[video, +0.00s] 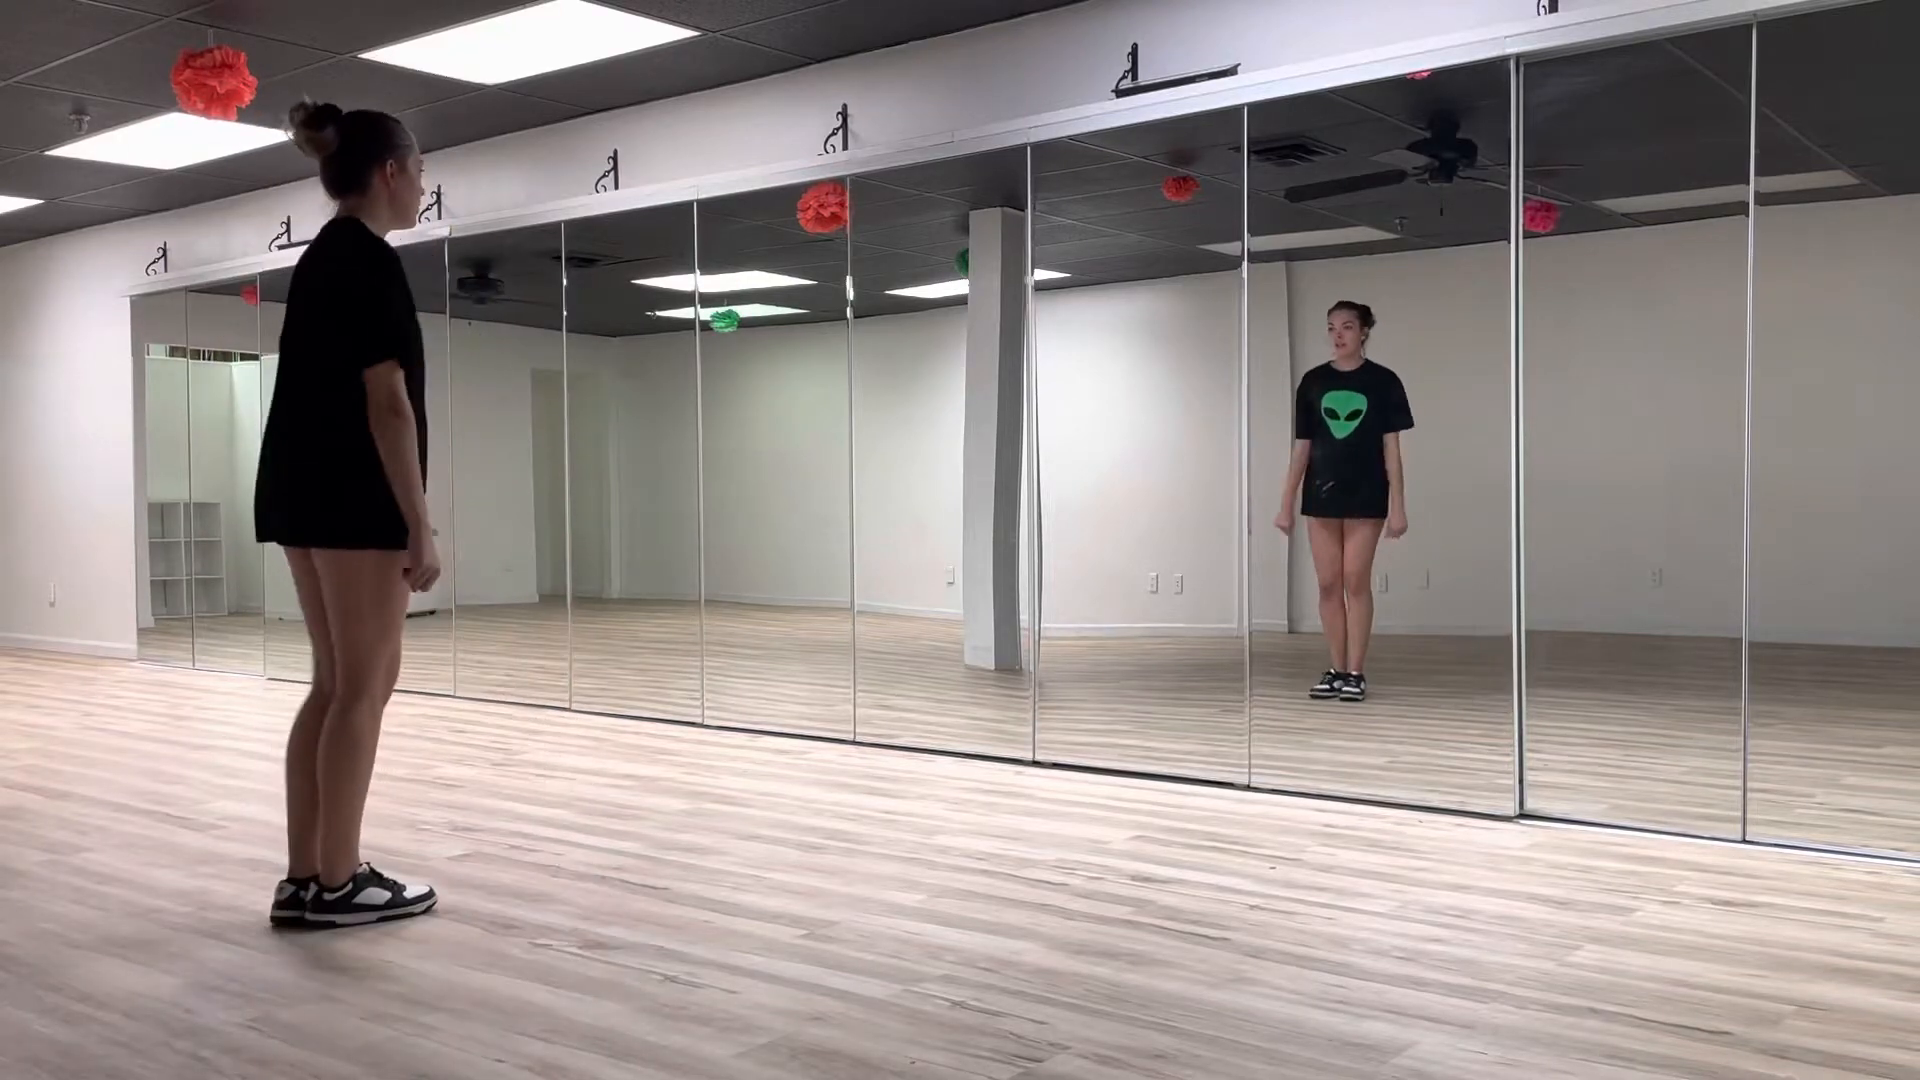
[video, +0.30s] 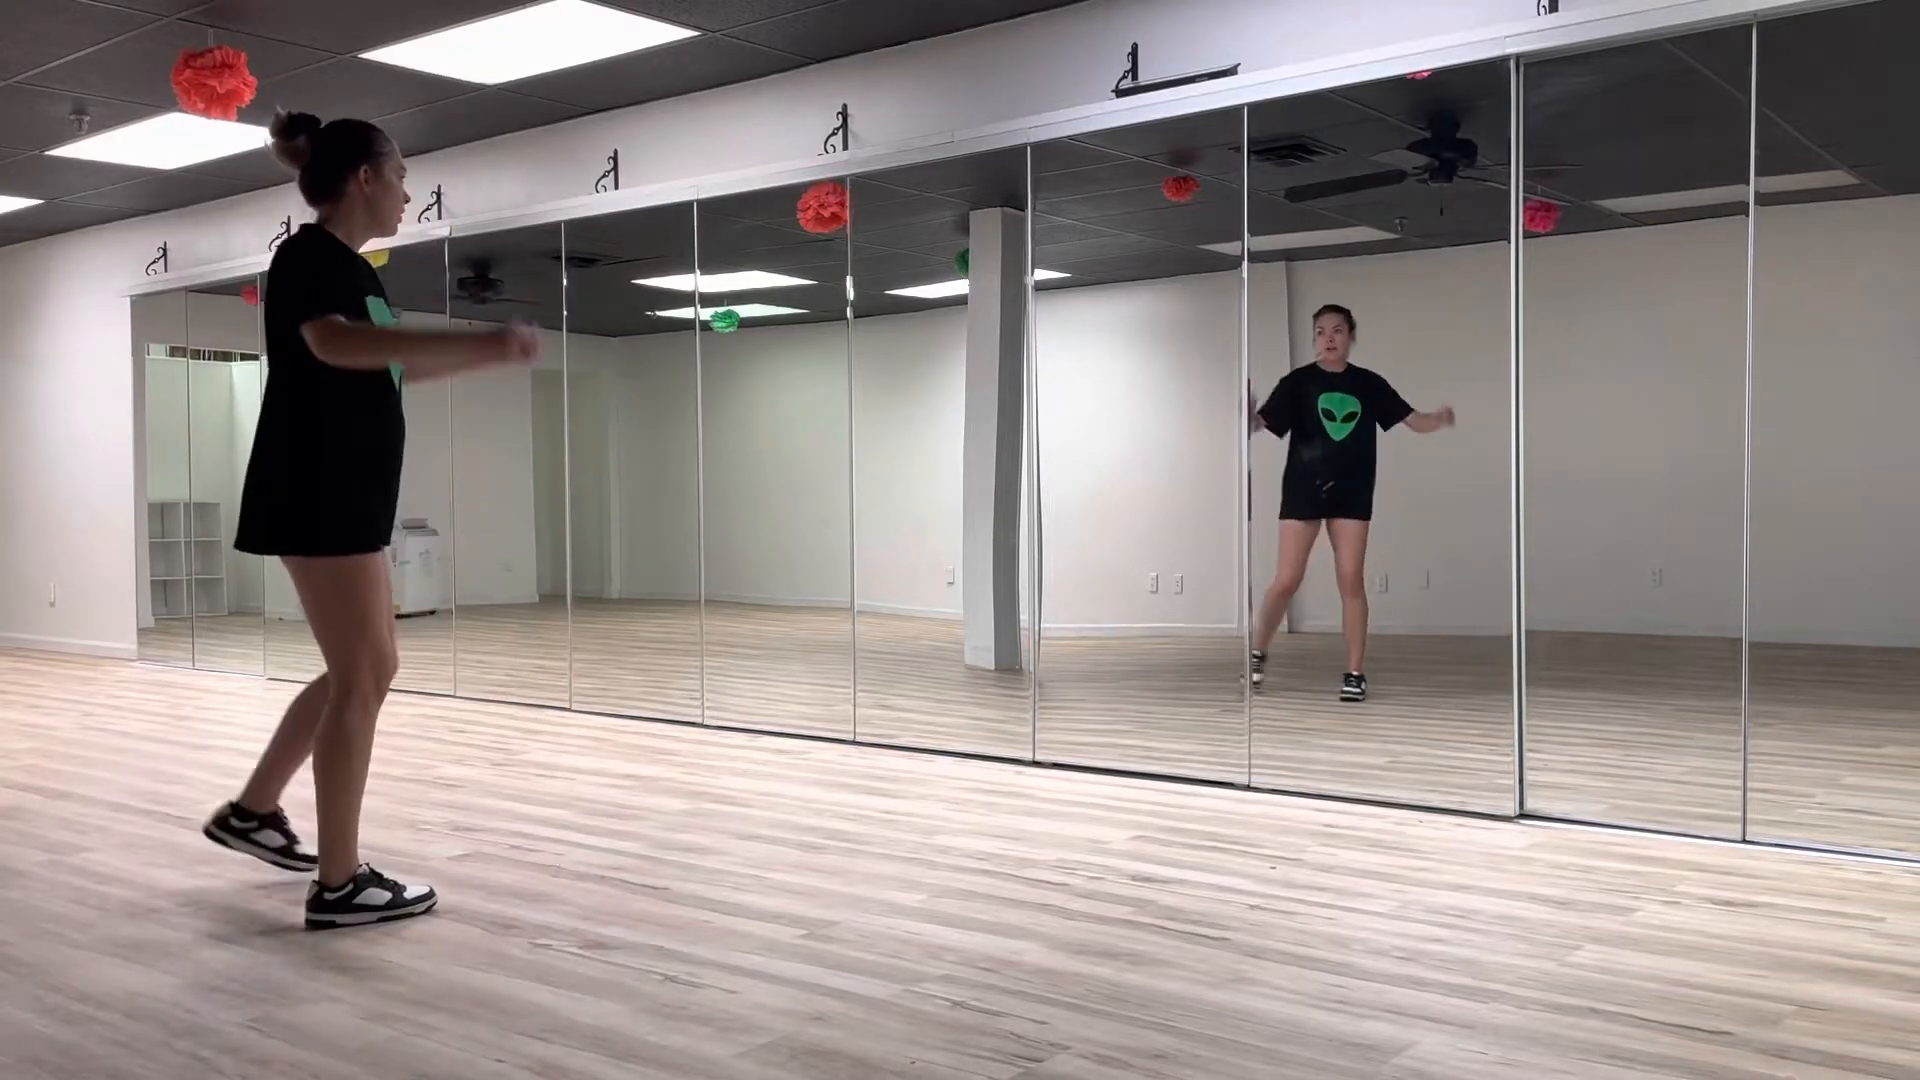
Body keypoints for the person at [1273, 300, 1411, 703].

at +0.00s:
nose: (1338, 334)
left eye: (1347, 327)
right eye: (1333, 328)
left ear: (1364, 333)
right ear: (1327, 333)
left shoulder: (1383, 381)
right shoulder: (1312, 381)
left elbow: (1391, 447)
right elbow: (1302, 448)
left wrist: (1397, 505)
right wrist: (1287, 502)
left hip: (1367, 496)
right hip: (1320, 497)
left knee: (1356, 582)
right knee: (1328, 584)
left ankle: (1355, 674)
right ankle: (1337, 670)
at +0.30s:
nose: (1328, 338)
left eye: (1337, 331)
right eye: (1321, 331)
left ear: (1351, 337)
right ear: (1313, 338)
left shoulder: (1369, 383)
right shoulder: (1296, 382)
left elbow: (1412, 420)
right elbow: (1263, 426)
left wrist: (1439, 419)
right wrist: (1251, 414)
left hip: (1352, 494)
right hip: (1302, 491)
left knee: (1351, 582)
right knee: (1286, 580)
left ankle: (1355, 672)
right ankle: (1258, 651)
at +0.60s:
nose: (1297, 367)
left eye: (1304, 360)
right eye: (1289, 361)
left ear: (1314, 365)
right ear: (1279, 367)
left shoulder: (1327, 403)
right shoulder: (1263, 399)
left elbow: (1376, 399)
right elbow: (1202, 401)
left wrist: (1356, 402)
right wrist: (1247, 413)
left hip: (1309, 520)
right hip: (1264, 518)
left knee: (1353, 581)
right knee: (1238, 601)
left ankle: (1349, 673)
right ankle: (1194, 671)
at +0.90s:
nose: (1302, 367)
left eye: (1309, 360)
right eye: (1293, 361)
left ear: (1319, 366)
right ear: (1283, 370)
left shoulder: (1337, 411)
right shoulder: (1268, 412)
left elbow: (1387, 444)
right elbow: (1222, 452)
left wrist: (1369, 482)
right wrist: (1238, 501)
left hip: (1320, 518)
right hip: (1272, 518)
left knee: (1351, 586)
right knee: (1245, 598)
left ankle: (1349, 674)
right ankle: (1196, 669)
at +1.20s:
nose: (1326, 334)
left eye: (1335, 327)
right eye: (1320, 329)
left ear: (1351, 333)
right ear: (1314, 336)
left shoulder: (1374, 381)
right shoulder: (1300, 384)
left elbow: (1389, 443)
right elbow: (1279, 446)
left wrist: (1392, 500)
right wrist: (1261, 499)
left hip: (1357, 495)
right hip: (1307, 494)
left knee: (1355, 582)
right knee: (1295, 582)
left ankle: (1351, 672)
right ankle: (1278, 654)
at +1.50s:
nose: (1334, 333)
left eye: (1343, 327)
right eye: (1329, 327)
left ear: (1361, 333)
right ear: (1323, 333)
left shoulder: (1380, 379)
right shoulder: (1311, 381)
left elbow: (1390, 448)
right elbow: (1301, 451)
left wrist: (1391, 508)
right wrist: (1297, 508)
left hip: (1364, 496)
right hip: (1319, 497)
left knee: (1359, 581)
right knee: (1330, 582)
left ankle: (1361, 674)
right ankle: (1339, 671)